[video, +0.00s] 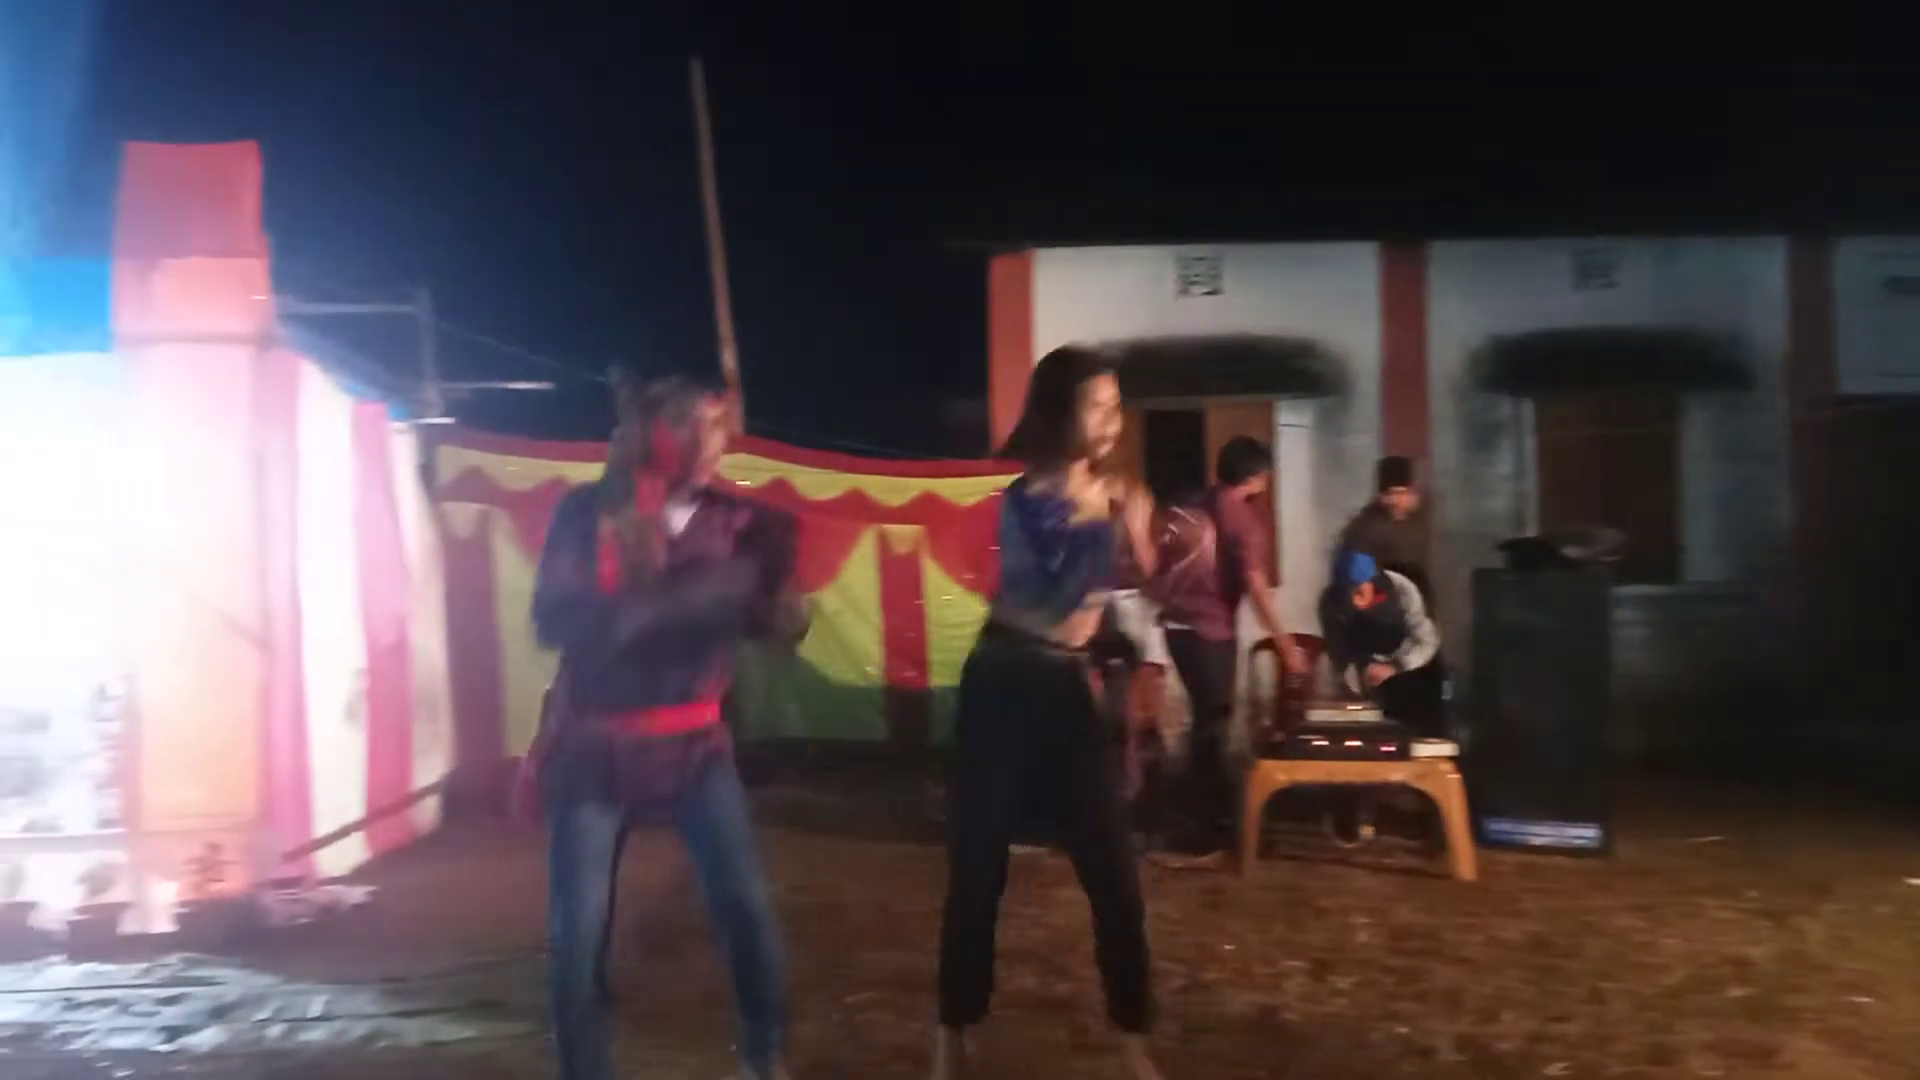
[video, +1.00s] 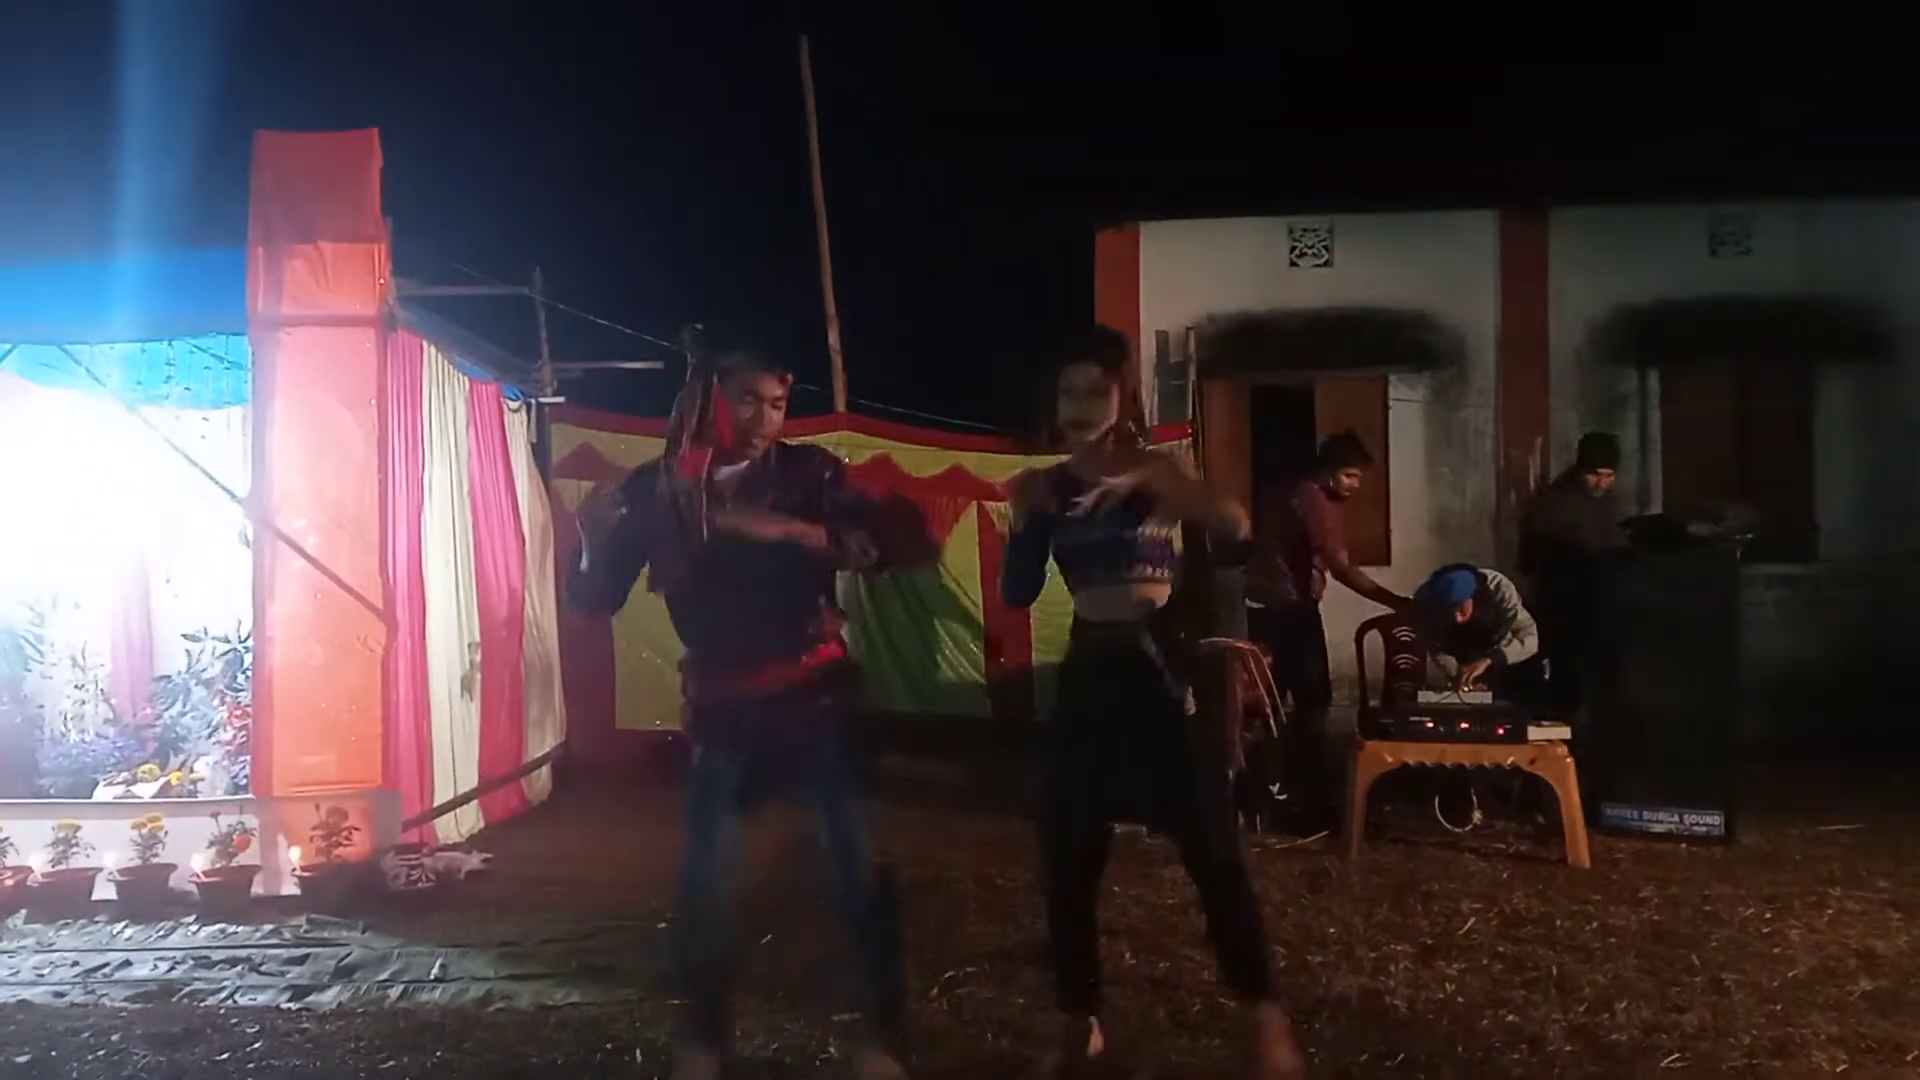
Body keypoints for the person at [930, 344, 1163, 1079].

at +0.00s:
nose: (1110, 422)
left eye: (1114, 408)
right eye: (1096, 409)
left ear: (1118, 414)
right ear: (1057, 415)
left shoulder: (1120, 499)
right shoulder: (1021, 501)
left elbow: (1136, 585)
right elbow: (1015, 601)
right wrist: (1058, 628)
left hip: (1078, 685)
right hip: (1004, 680)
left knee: (1111, 864)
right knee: (979, 866)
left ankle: (1131, 1031)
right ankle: (954, 1032)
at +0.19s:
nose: (1171, 456)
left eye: (1170, 443)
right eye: (1158, 441)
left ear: (1151, 455)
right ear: (1117, 446)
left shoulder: (1154, 532)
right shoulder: (1074, 530)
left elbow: (1190, 621)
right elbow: (1110, 608)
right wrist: (1181, 592)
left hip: (1115, 716)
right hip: (1045, 715)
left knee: (1148, 908)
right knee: (994, 893)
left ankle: (1125, 1054)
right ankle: (899, 1047)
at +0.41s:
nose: (1183, 448)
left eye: (1184, 435)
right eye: (1172, 434)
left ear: (1172, 440)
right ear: (1135, 436)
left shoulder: (1158, 523)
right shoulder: (1092, 513)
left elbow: (1185, 609)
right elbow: (1106, 594)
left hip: (1126, 700)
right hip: (1063, 702)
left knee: (1160, 891)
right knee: (1021, 887)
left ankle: (1150, 1052)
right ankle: (923, 1045)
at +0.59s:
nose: (1170, 461)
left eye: (1174, 446)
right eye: (1156, 448)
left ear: (1179, 450)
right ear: (1121, 453)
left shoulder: (1155, 528)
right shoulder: (1096, 523)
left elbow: (1201, 624)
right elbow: (1080, 639)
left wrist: (1172, 563)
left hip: (1120, 723)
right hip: (1064, 722)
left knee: (1194, 901)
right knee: (1027, 910)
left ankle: (1166, 1047)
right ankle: (944, 1051)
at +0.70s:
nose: (1142, 455)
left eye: (1151, 442)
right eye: (1126, 444)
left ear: (1163, 450)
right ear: (1098, 452)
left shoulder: (1171, 539)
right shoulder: (1069, 537)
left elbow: (1179, 643)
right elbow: (1063, 648)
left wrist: (1225, 653)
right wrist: (1146, 673)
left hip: (1157, 736)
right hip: (1080, 734)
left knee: (1211, 901)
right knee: (1039, 906)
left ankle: (1170, 1042)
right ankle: (948, 1043)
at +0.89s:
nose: (1097, 411)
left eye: (1111, 397)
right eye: (1084, 397)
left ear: (1134, 405)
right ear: (1064, 407)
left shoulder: (1169, 476)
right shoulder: (1050, 485)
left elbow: (1242, 557)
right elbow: (1027, 593)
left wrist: (1193, 494)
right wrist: (1022, 524)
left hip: (1168, 669)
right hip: (1089, 668)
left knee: (1193, 854)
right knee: (1059, 850)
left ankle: (1193, 1022)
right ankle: (1036, 1023)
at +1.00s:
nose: (1081, 421)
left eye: (1093, 405)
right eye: (1070, 408)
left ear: (1123, 405)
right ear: (1056, 411)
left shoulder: (1165, 476)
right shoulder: (1051, 491)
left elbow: (1236, 540)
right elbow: (1018, 593)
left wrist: (1168, 487)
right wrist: (1023, 519)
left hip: (1172, 677)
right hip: (1090, 677)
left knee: (1210, 849)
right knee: (1069, 854)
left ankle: (1266, 1014)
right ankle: (1076, 1023)